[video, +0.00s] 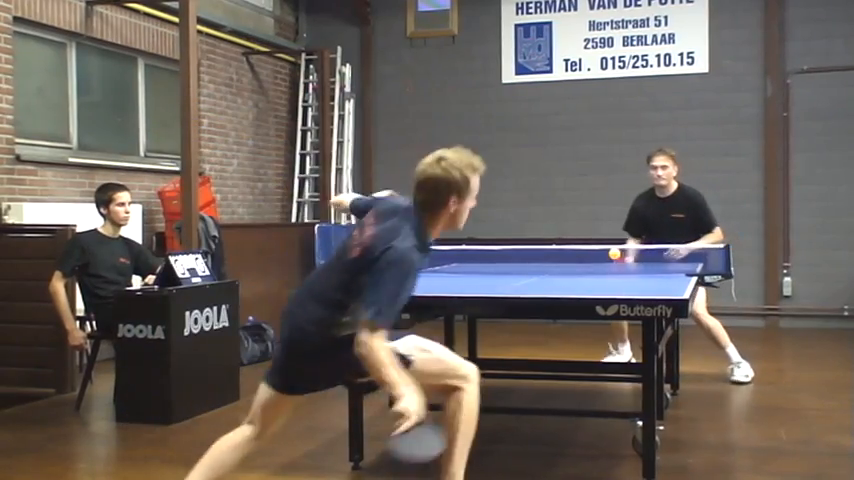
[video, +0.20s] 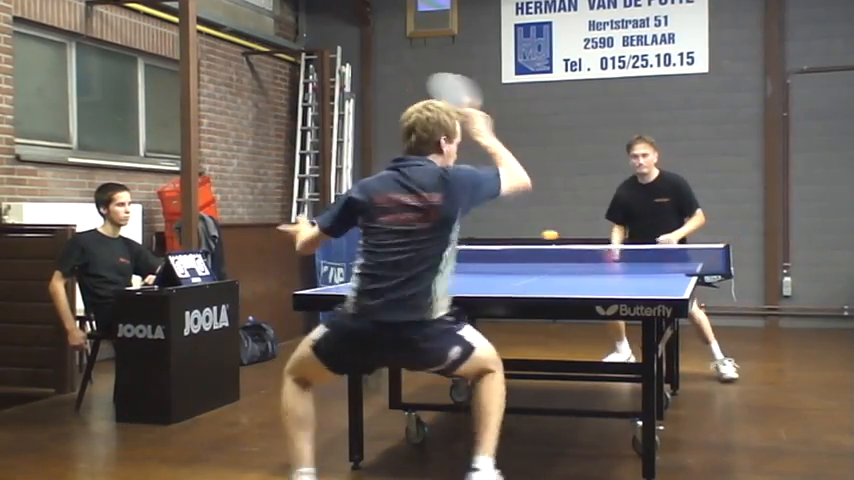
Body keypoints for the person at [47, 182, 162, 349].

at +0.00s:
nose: (128, 210)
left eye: (129, 205)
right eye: (121, 205)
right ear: (104, 209)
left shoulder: (131, 247)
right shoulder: (81, 242)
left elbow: (163, 270)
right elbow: (56, 284)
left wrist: (155, 278)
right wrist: (72, 330)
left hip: (135, 317)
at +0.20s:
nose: (127, 210)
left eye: (129, 205)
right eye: (121, 205)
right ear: (103, 209)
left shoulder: (131, 247)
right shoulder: (81, 242)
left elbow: (164, 269)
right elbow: (56, 284)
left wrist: (156, 277)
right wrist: (72, 330)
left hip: (135, 318)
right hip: (104, 323)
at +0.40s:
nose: (127, 210)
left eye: (129, 205)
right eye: (121, 205)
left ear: (131, 206)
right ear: (103, 209)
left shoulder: (131, 247)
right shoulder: (82, 242)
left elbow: (164, 269)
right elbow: (56, 283)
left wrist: (156, 277)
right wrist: (71, 329)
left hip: (135, 316)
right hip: (105, 320)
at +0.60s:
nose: (127, 210)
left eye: (129, 205)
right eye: (121, 205)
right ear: (103, 209)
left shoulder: (131, 247)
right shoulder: (82, 242)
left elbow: (165, 269)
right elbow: (56, 284)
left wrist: (156, 277)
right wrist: (71, 330)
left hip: (135, 316)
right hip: (105, 321)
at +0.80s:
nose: (127, 210)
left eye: (128, 205)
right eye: (120, 205)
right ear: (103, 209)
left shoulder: (131, 247)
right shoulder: (82, 242)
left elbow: (164, 269)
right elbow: (56, 283)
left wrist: (156, 277)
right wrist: (72, 330)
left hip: (135, 318)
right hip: (105, 322)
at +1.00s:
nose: (127, 210)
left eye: (128, 205)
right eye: (120, 205)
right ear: (103, 209)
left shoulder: (131, 247)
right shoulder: (82, 242)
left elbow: (164, 269)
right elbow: (56, 283)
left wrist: (156, 277)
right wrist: (72, 330)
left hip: (135, 318)